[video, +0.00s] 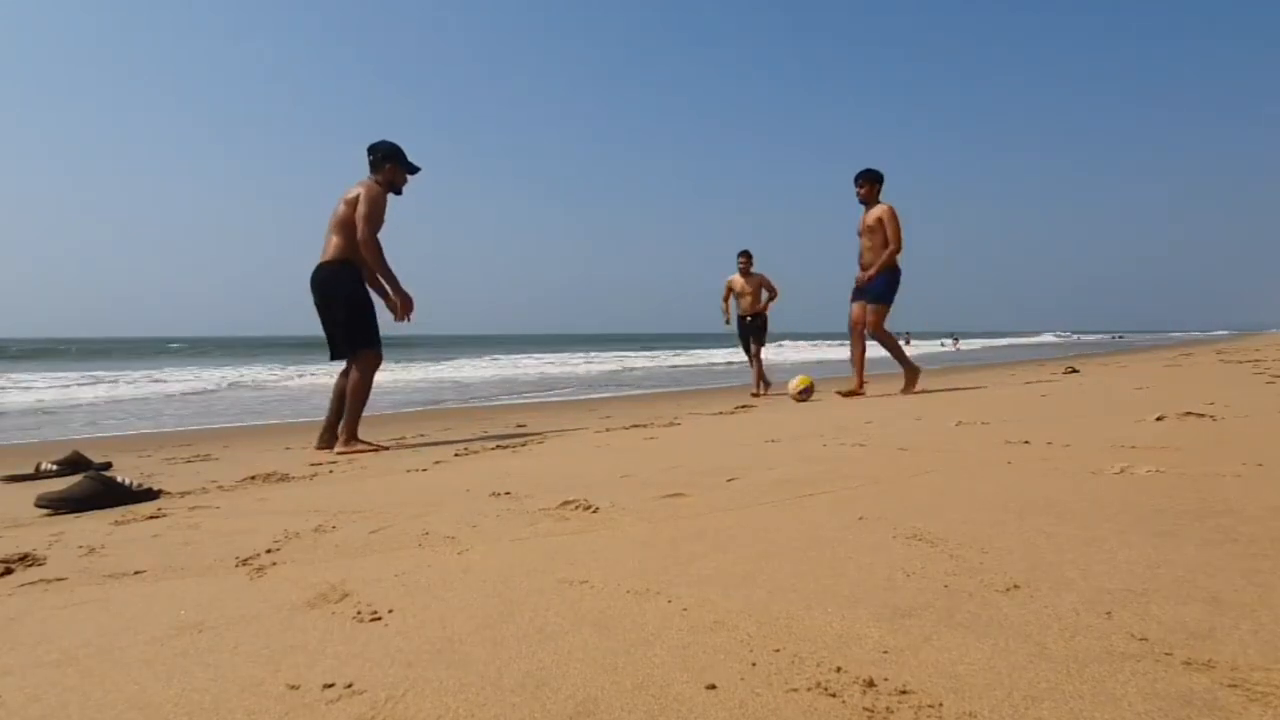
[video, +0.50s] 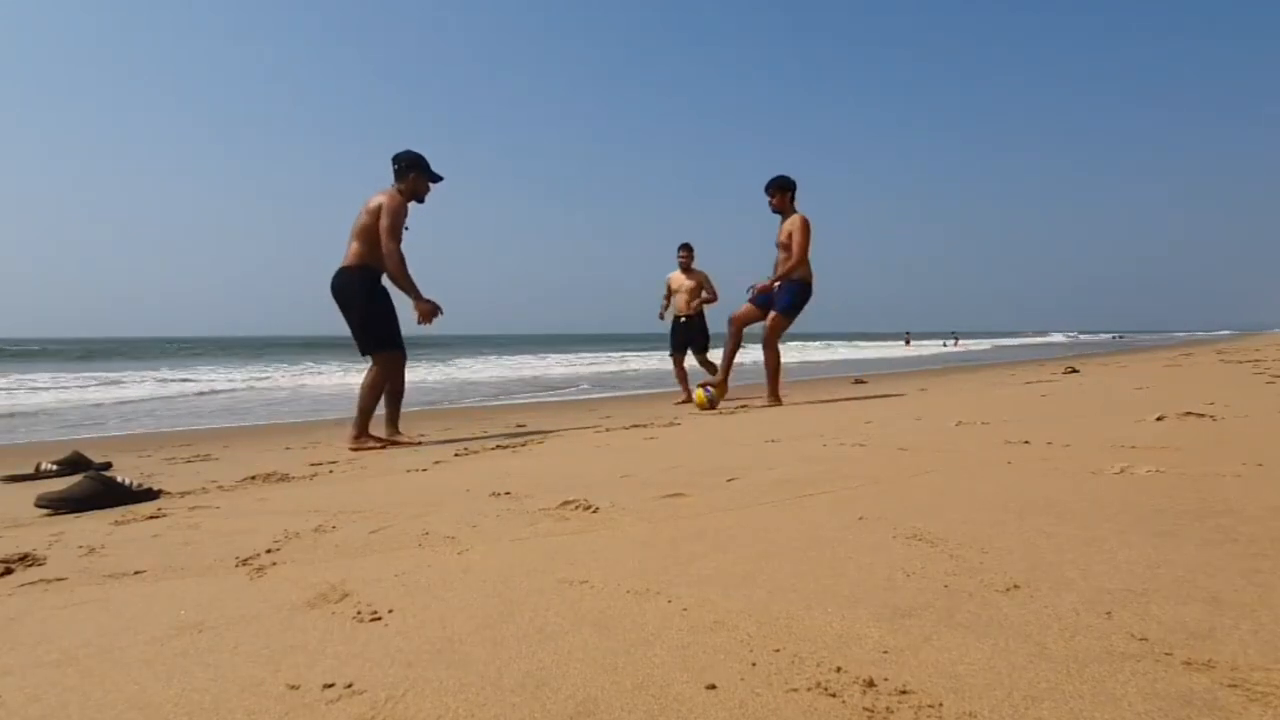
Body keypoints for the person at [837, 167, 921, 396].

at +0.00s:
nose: (858, 191)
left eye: (863, 186)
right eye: (857, 187)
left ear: (876, 188)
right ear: (858, 190)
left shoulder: (885, 212)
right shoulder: (866, 215)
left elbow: (894, 246)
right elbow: (868, 248)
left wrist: (871, 272)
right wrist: (862, 271)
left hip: (884, 272)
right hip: (866, 273)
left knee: (874, 326)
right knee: (856, 324)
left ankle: (910, 369)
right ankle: (858, 382)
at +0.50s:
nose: (770, 202)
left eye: (773, 197)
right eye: (769, 197)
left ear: (788, 196)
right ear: (779, 198)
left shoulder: (798, 221)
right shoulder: (786, 223)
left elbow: (799, 259)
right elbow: (786, 262)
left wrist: (772, 282)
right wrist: (768, 285)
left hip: (795, 287)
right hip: (779, 286)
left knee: (769, 338)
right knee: (736, 320)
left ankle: (773, 397)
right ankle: (722, 381)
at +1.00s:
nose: (745, 197)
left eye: (749, 192)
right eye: (744, 192)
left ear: (762, 191)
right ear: (745, 193)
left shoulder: (780, 217)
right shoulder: (741, 221)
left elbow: (810, 242)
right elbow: (713, 246)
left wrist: (844, 256)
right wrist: (677, 255)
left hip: (771, 281)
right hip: (749, 281)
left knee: (747, 333)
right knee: (722, 334)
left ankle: (747, 391)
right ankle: (756, 356)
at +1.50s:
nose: (777, 202)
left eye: (782, 198)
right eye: (773, 197)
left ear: (788, 196)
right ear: (766, 195)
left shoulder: (791, 220)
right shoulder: (752, 222)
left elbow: (789, 249)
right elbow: (736, 255)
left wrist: (797, 280)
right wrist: (728, 286)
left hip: (782, 284)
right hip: (754, 285)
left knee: (795, 331)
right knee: (750, 341)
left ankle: (789, 370)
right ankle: (747, 394)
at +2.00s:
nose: (844, 198)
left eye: (848, 193)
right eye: (839, 193)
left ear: (852, 194)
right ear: (829, 193)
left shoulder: (851, 222)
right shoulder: (815, 220)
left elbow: (852, 256)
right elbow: (790, 251)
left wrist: (867, 277)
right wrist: (790, 287)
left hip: (831, 285)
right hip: (806, 284)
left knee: (841, 339)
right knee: (809, 340)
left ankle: (829, 391)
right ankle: (784, 375)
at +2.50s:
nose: (903, 145)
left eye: (908, 139)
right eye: (897, 138)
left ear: (913, 141)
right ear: (886, 139)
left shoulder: (907, 178)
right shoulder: (873, 171)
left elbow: (895, 219)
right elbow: (843, 211)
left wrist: (905, 254)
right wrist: (853, 247)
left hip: (894, 252)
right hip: (862, 253)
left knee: (924, 305)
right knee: (859, 324)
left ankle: (953, 375)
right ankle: (841, 384)